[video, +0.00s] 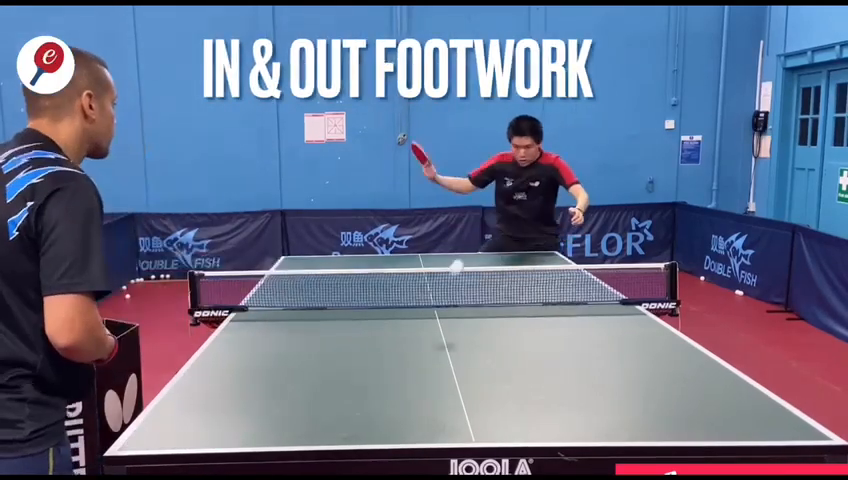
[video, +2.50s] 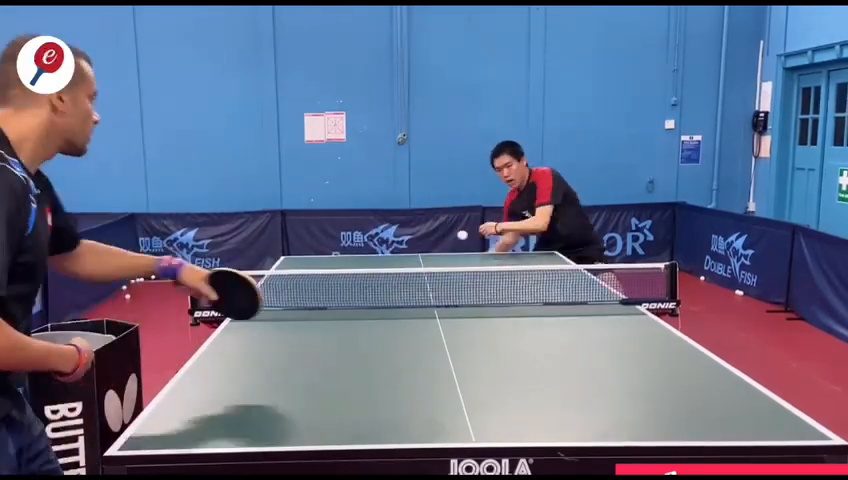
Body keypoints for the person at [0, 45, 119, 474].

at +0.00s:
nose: (115, 120)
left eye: (114, 107)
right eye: (112, 106)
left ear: (37, 105)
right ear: (87, 104)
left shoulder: (8, 162)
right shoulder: (65, 184)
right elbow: (68, 330)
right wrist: (105, 347)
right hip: (24, 436)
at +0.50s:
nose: (137, 146)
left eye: (139, 133)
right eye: (137, 132)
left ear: (67, 123)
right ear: (114, 126)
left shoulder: (12, 174)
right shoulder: (99, 195)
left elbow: (26, 289)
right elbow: (157, 318)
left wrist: (102, 302)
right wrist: (209, 315)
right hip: (28, 429)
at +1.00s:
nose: (166, 198)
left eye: (171, 184)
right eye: (170, 182)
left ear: (106, 160)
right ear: (152, 170)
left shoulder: (35, 199)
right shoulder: (133, 227)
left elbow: (54, 299)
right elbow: (196, 343)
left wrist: (138, 315)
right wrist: (239, 337)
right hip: (23, 432)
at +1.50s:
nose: (156, 170)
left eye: (158, 158)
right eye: (158, 158)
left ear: (90, 145)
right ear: (142, 153)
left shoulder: (37, 191)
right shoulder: (103, 217)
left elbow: (79, 280)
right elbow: (149, 350)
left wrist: (174, 280)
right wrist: (206, 339)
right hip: (23, 431)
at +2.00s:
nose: (133, 158)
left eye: (136, 145)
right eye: (134, 143)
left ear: (60, 130)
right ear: (114, 135)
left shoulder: (10, 179)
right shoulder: (81, 205)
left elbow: (22, 310)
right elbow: (89, 353)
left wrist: (108, 327)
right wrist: (144, 373)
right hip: (14, 440)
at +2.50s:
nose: (96, 116)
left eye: (94, 101)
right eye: (90, 99)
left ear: (56, 100)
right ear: (56, 99)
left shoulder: (30, 178)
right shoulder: (7, 184)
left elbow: (71, 255)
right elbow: (3, 336)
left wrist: (174, 268)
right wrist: (59, 356)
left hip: (14, 408)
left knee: (45, 469)